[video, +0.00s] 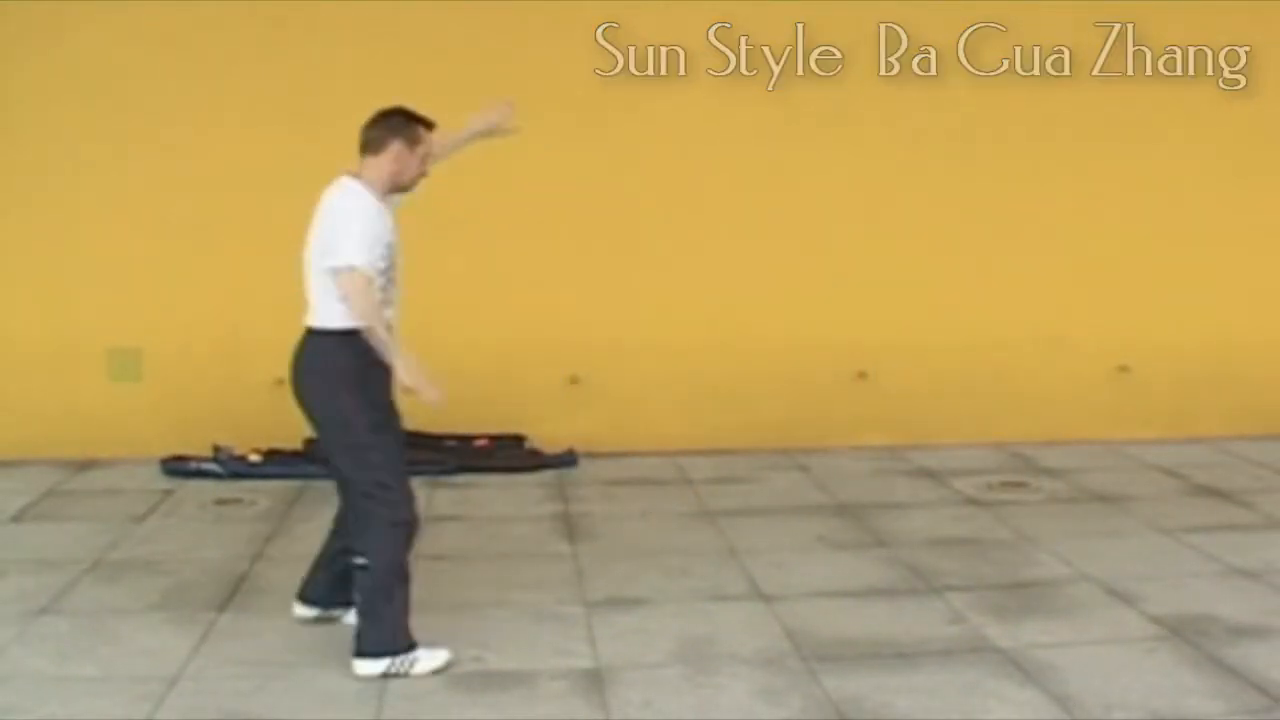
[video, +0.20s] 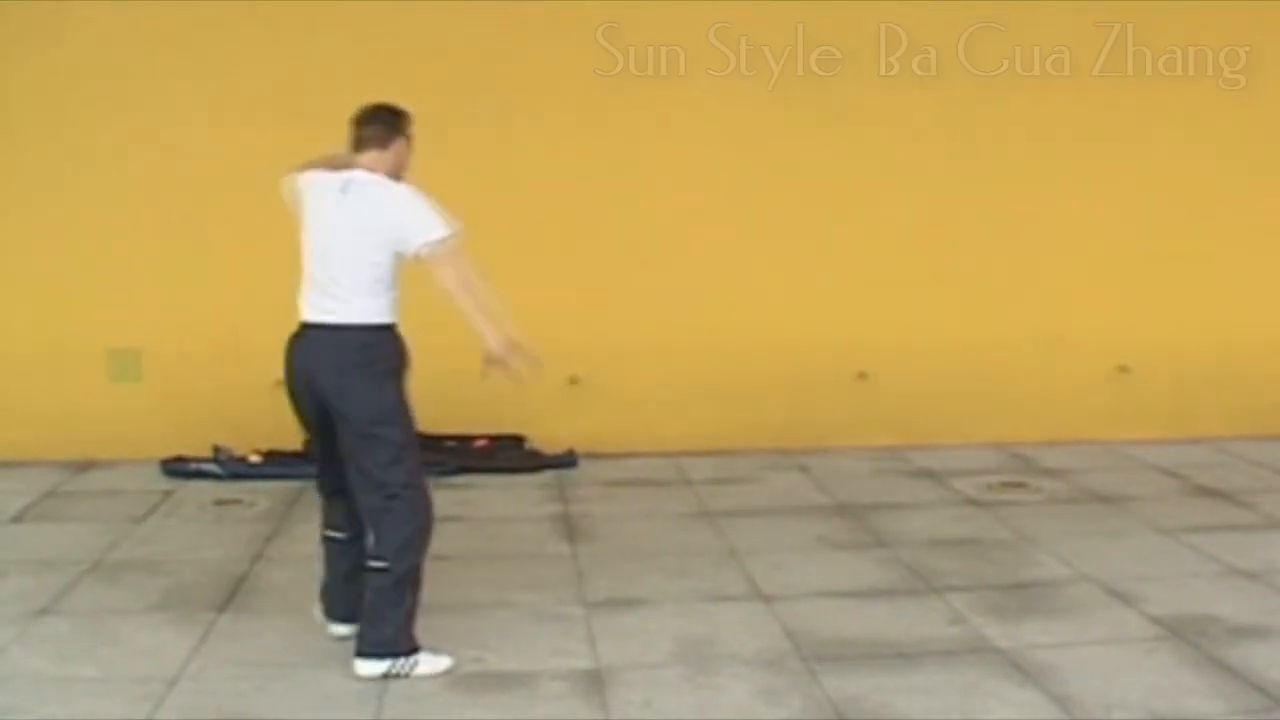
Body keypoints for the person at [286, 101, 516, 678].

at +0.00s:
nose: (423, 172)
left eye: (426, 161)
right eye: (419, 159)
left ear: (385, 155)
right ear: (392, 154)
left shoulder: (359, 195)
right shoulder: (356, 208)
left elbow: (423, 159)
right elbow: (358, 301)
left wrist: (475, 130)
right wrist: (403, 366)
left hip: (339, 355)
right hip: (341, 361)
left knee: (370, 489)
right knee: (389, 507)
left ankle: (326, 591)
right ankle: (382, 646)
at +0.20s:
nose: (407, 159)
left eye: (407, 151)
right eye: (407, 150)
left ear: (355, 146)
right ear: (398, 148)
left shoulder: (314, 191)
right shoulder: (400, 200)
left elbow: (294, 177)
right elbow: (452, 273)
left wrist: (345, 162)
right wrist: (493, 336)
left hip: (309, 352)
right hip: (364, 356)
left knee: (340, 486)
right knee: (399, 500)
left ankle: (343, 607)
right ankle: (384, 646)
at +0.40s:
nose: (344, 160)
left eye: (327, 152)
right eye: (351, 150)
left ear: (308, 153)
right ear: (358, 149)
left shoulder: (287, 200)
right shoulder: (391, 196)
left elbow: (203, 224)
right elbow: (471, 221)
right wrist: (532, 285)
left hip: (313, 356)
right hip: (384, 352)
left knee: (313, 485)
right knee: (412, 486)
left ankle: (342, 612)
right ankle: (401, 621)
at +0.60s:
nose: (265, 168)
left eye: (264, 158)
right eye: (265, 158)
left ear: (274, 155)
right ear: (314, 150)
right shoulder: (362, 196)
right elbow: (434, 224)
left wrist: (193, 279)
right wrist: (434, 280)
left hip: (319, 354)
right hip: (381, 346)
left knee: (304, 490)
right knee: (383, 474)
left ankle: (342, 612)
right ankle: (432, 580)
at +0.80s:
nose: (240, 169)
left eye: (243, 156)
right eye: (239, 157)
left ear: (268, 152)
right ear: (284, 153)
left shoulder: (301, 203)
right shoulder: (328, 198)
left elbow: (294, 272)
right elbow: (339, 275)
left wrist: (242, 286)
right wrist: (292, 310)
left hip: (334, 346)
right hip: (366, 341)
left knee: (309, 487)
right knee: (340, 474)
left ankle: (344, 611)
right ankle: (368, 574)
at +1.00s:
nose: (241, 166)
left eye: (244, 153)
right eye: (239, 154)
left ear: (270, 150)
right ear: (272, 151)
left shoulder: (325, 197)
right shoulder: (288, 213)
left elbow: (345, 268)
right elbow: (272, 291)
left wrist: (282, 263)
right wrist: (217, 288)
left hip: (347, 343)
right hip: (322, 342)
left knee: (315, 484)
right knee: (330, 474)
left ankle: (346, 610)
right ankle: (366, 576)